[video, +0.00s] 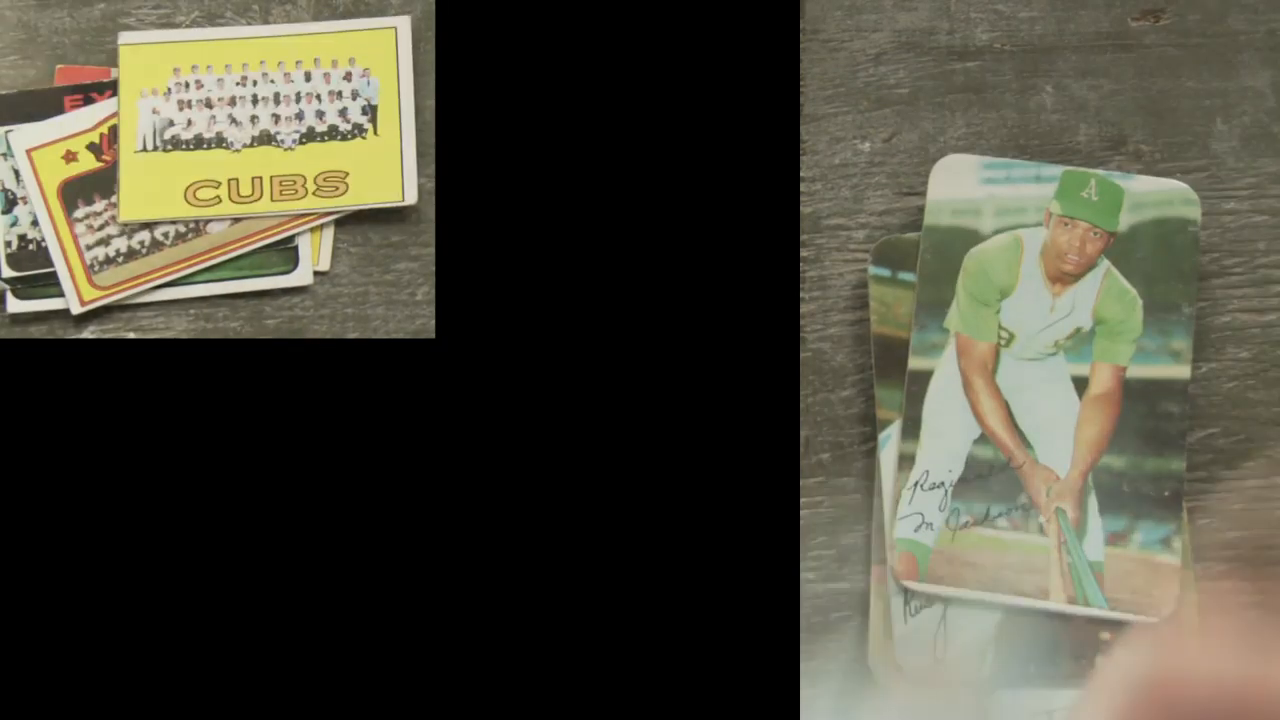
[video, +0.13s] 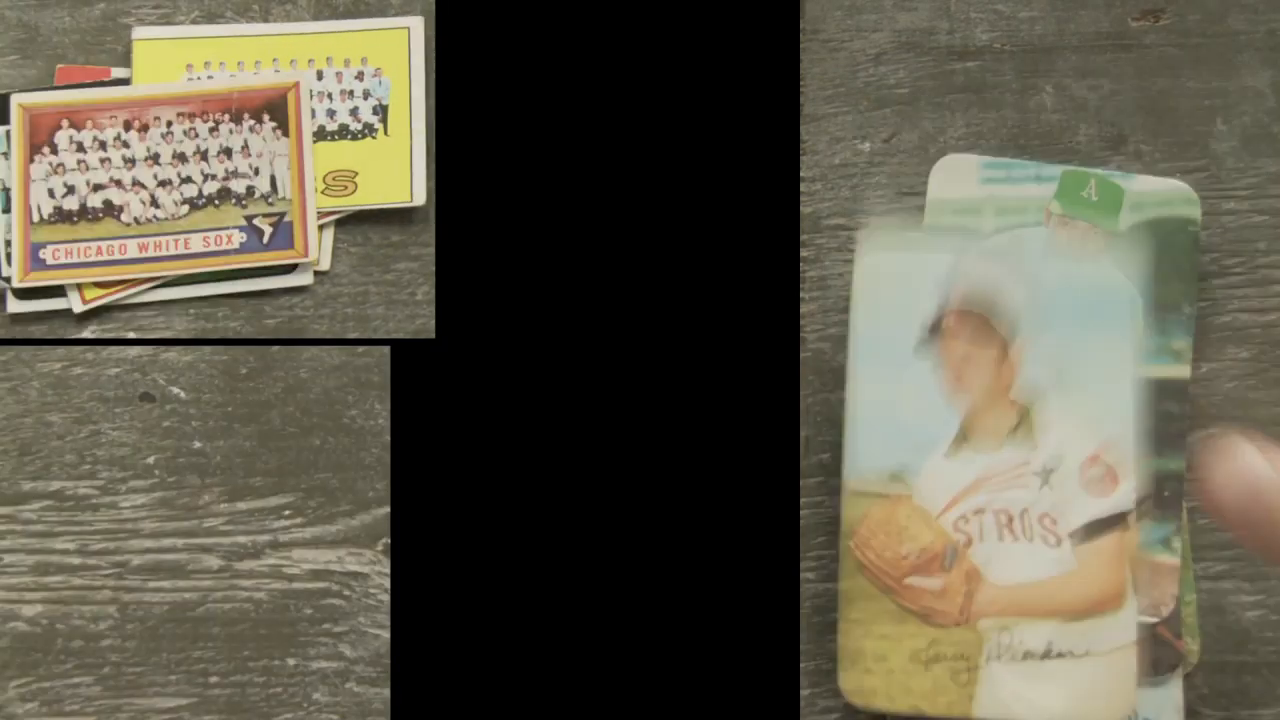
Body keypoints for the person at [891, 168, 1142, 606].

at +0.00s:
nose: (1076, 245)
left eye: (1094, 234)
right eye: (1067, 225)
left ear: (1108, 241)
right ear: (1049, 220)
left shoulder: (1120, 302)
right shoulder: (989, 263)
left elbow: (1105, 394)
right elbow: (977, 373)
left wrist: (1075, 480)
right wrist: (1025, 465)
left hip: (1043, 368)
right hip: (974, 358)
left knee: (1076, 485)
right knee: (938, 464)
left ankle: (1084, 617)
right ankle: (899, 596)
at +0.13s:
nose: (955, 364)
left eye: (973, 345)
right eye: (946, 347)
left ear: (1011, 358)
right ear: (937, 357)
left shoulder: (1076, 442)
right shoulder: (937, 472)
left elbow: (1106, 585)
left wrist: (983, 601)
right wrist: (897, 568)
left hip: (1087, 675)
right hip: (994, 680)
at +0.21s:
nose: (953, 372)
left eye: (969, 357)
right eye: (942, 363)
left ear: (1007, 367)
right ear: (936, 375)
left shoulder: (1075, 445)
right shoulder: (936, 471)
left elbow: (1106, 584)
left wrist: (991, 596)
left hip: (1089, 677)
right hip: (997, 678)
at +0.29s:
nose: (953, 372)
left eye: (969, 357)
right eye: (942, 363)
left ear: (1007, 367)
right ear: (936, 375)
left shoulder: (1075, 445)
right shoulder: (936, 471)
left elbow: (1105, 584)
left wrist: (991, 596)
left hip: (1087, 680)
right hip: (986, 682)